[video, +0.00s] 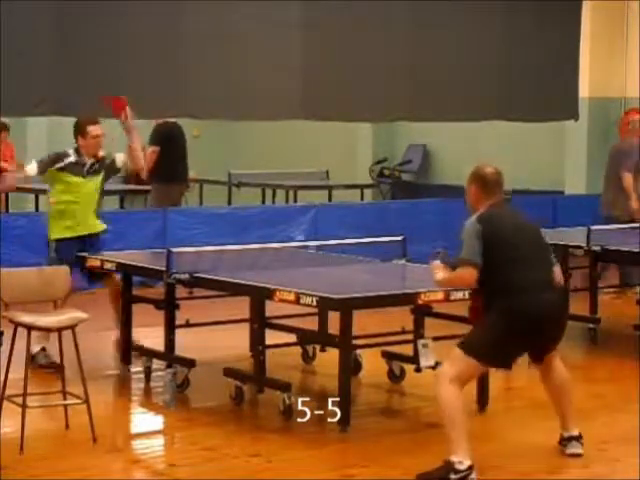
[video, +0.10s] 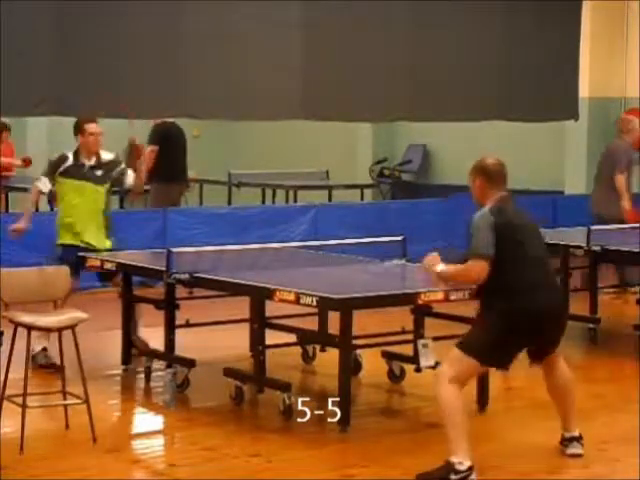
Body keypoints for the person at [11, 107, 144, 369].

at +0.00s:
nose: (100, 142)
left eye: (101, 137)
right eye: (95, 137)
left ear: (101, 138)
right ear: (80, 140)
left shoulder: (103, 164)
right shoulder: (61, 160)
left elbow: (136, 166)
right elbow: (27, 173)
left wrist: (131, 130)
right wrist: (10, 178)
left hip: (92, 232)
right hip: (63, 235)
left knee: (114, 284)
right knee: (58, 292)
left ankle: (124, 337)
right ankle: (40, 347)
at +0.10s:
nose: (98, 139)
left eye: (99, 135)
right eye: (93, 135)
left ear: (101, 138)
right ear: (79, 137)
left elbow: (136, 187)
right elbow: (38, 187)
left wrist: (143, 166)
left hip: (100, 240)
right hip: (70, 239)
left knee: (127, 287)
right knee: (56, 293)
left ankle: (134, 336)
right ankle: (41, 347)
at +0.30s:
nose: (114, 139)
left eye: (116, 134)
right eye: (109, 134)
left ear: (117, 137)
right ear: (95, 136)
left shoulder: (113, 163)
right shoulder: (82, 159)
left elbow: (111, 193)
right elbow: (59, 190)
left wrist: (127, 204)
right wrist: (85, 211)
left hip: (107, 234)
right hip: (80, 235)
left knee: (130, 282)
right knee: (80, 289)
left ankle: (145, 329)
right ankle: (46, 335)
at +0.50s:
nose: (147, 164)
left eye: (148, 159)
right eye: (143, 158)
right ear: (128, 158)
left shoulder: (126, 186)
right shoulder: (110, 180)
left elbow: (149, 210)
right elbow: (115, 195)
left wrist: (175, 220)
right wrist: (147, 196)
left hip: (104, 245)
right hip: (83, 246)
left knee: (137, 271)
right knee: (84, 297)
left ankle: (149, 315)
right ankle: (41, 337)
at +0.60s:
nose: (164, 167)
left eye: (166, 162)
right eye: (160, 161)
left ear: (161, 164)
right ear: (143, 160)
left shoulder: (151, 190)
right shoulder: (129, 182)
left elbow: (177, 203)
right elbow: (137, 189)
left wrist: (209, 210)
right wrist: (171, 188)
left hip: (110, 243)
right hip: (89, 241)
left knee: (144, 274)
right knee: (82, 293)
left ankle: (145, 323)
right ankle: (42, 336)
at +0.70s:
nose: (189, 172)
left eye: (189, 167)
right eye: (184, 166)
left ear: (179, 168)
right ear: (170, 168)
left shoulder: (179, 191)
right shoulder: (151, 179)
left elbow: (209, 194)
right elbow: (160, 186)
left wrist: (243, 196)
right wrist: (195, 180)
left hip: (128, 241)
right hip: (108, 232)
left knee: (152, 281)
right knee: (92, 277)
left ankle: (149, 325)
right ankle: (61, 312)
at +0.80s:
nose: (197, 168)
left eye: (197, 163)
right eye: (192, 163)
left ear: (190, 165)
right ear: (178, 164)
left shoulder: (189, 187)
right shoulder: (159, 178)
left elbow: (220, 196)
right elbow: (168, 188)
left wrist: (250, 199)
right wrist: (204, 183)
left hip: (143, 237)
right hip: (121, 229)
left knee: (156, 280)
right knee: (105, 272)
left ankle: (150, 319)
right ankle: (75, 305)